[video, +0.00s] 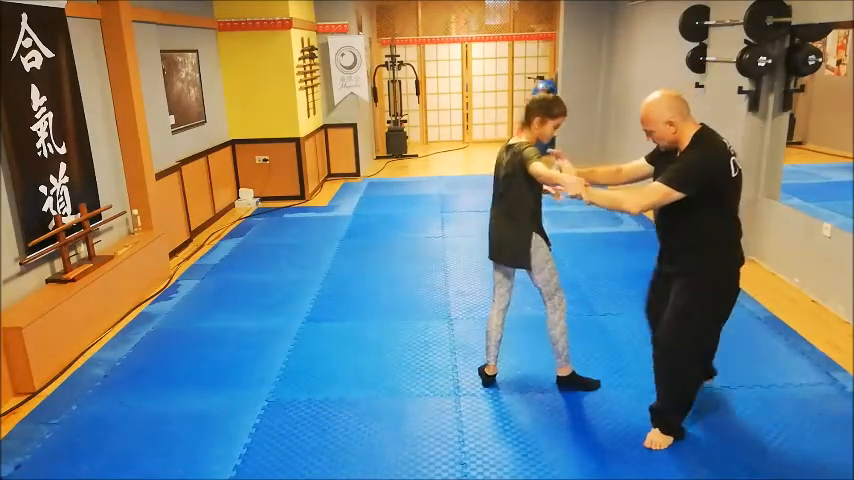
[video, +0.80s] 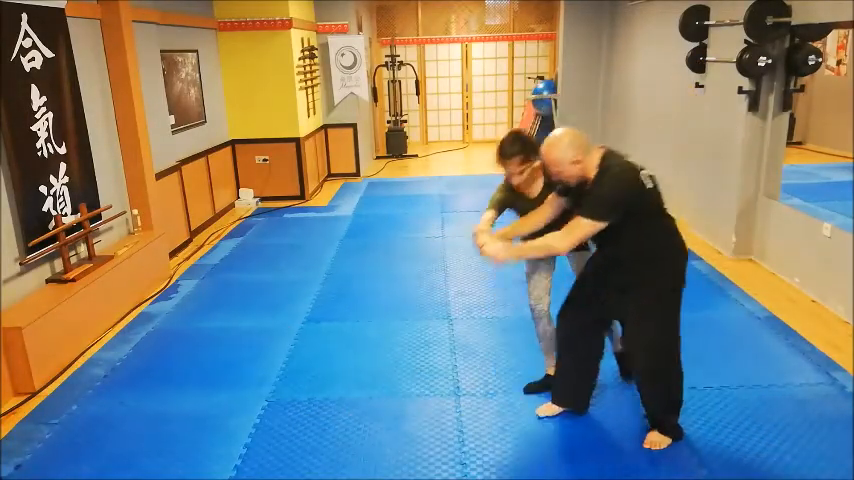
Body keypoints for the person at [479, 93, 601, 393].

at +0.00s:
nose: (556, 133)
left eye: (558, 127)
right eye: (555, 126)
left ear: (532, 122)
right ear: (537, 121)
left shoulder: (508, 147)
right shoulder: (529, 149)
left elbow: (519, 179)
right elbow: (540, 172)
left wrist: (547, 181)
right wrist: (568, 180)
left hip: (500, 234)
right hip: (527, 236)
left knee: (499, 301)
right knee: (554, 300)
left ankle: (489, 369)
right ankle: (565, 372)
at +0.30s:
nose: (566, 139)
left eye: (569, 133)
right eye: (562, 134)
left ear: (545, 127)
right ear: (543, 128)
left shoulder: (542, 150)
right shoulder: (534, 159)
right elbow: (545, 193)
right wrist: (572, 193)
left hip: (526, 233)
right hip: (533, 238)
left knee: (535, 294)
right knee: (559, 301)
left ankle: (497, 350)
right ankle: (563, 371)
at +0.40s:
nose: (565, 141)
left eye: (569, 134)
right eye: (559, 136)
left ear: (574, 126)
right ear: (541, 129)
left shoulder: (558, 149)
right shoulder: (532, 161)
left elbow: (564, 184)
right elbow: (541, 197)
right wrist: (569, 205)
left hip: (552, 226)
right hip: (535, 231)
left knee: (565, 291)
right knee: (554, 300)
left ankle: (514, 335)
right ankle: (561, 370)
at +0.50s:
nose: (558, 143)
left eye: (562, 136)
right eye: (551, 138)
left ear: (568, 128)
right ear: (537, 132)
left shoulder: (569, 147)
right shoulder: (529, 159)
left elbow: (571, 178)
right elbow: (530, 194)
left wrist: (583, 194)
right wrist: (555, 212)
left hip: (563, 224)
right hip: (534, 230)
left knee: (579, 293)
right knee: (549, 302)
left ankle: (544, 332)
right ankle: (559, 369)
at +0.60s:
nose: (547, 149)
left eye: (552, 142)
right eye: (540, 144)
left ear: (561, 133)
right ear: (529, 139)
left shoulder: (571, 151)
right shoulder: (524, 165)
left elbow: (582, 184)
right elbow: (518, 201)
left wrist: (587, 214)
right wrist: (538, 218)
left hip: (574, 230)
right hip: (538, 235)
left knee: (583, 299)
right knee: (545, 305)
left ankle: (577, 345)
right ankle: (555, 366)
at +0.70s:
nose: (531, 160)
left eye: (537, 154)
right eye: (525, 155)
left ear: (550, 145)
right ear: (518, 148)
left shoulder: (568, 161)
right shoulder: (519, 173)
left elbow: (586, 197)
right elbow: (501, 203)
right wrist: (502, 211)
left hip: (574, 231)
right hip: (537, 237)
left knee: (587, 298)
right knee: (541, 306)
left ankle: (603, 353)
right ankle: (553, 371)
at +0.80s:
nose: (513, 180)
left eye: (519, 173)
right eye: (509, 173)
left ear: (535, 164)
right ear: (503, 167)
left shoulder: (557, 176)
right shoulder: (508, 191)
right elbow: (487, 220)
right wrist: (484, 235)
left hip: (574, 236)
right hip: (537, 240)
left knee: (597, 297)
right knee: (538, 306)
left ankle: (620, 350)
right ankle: (552, 370)